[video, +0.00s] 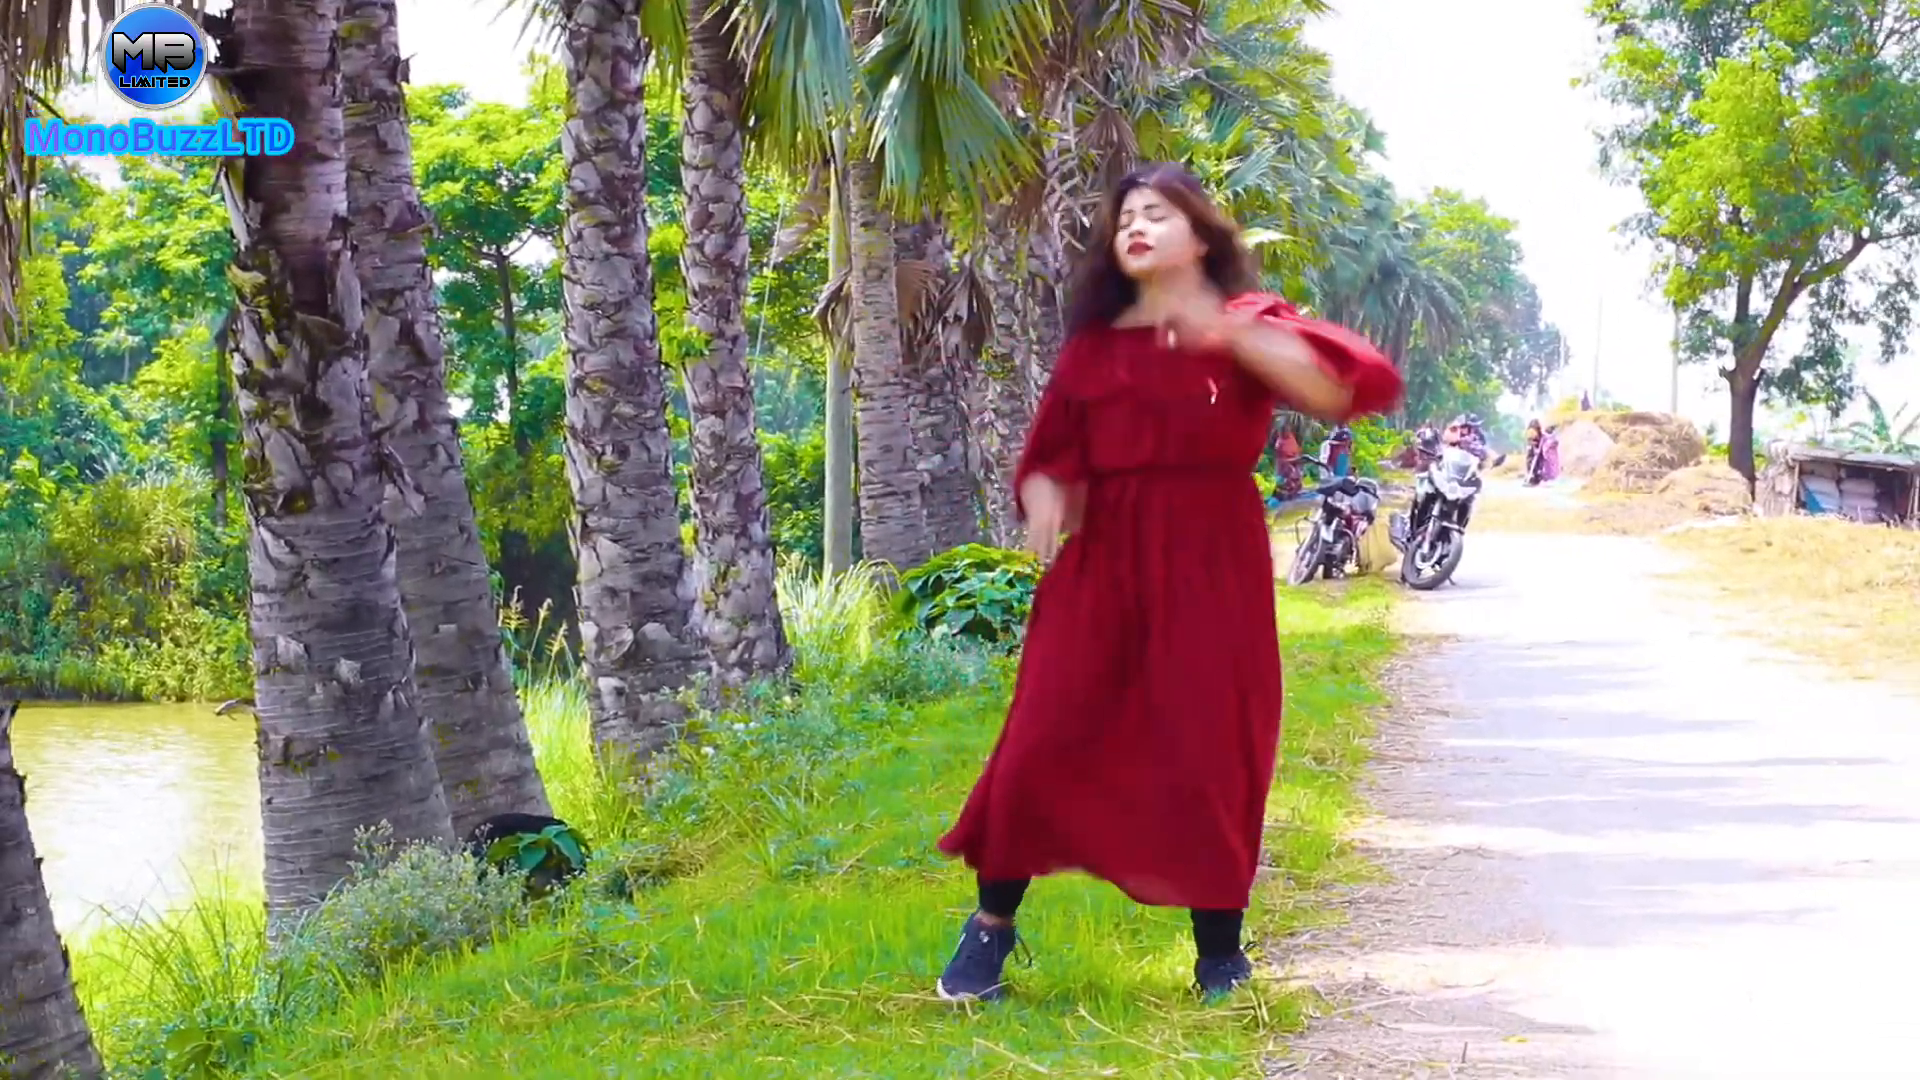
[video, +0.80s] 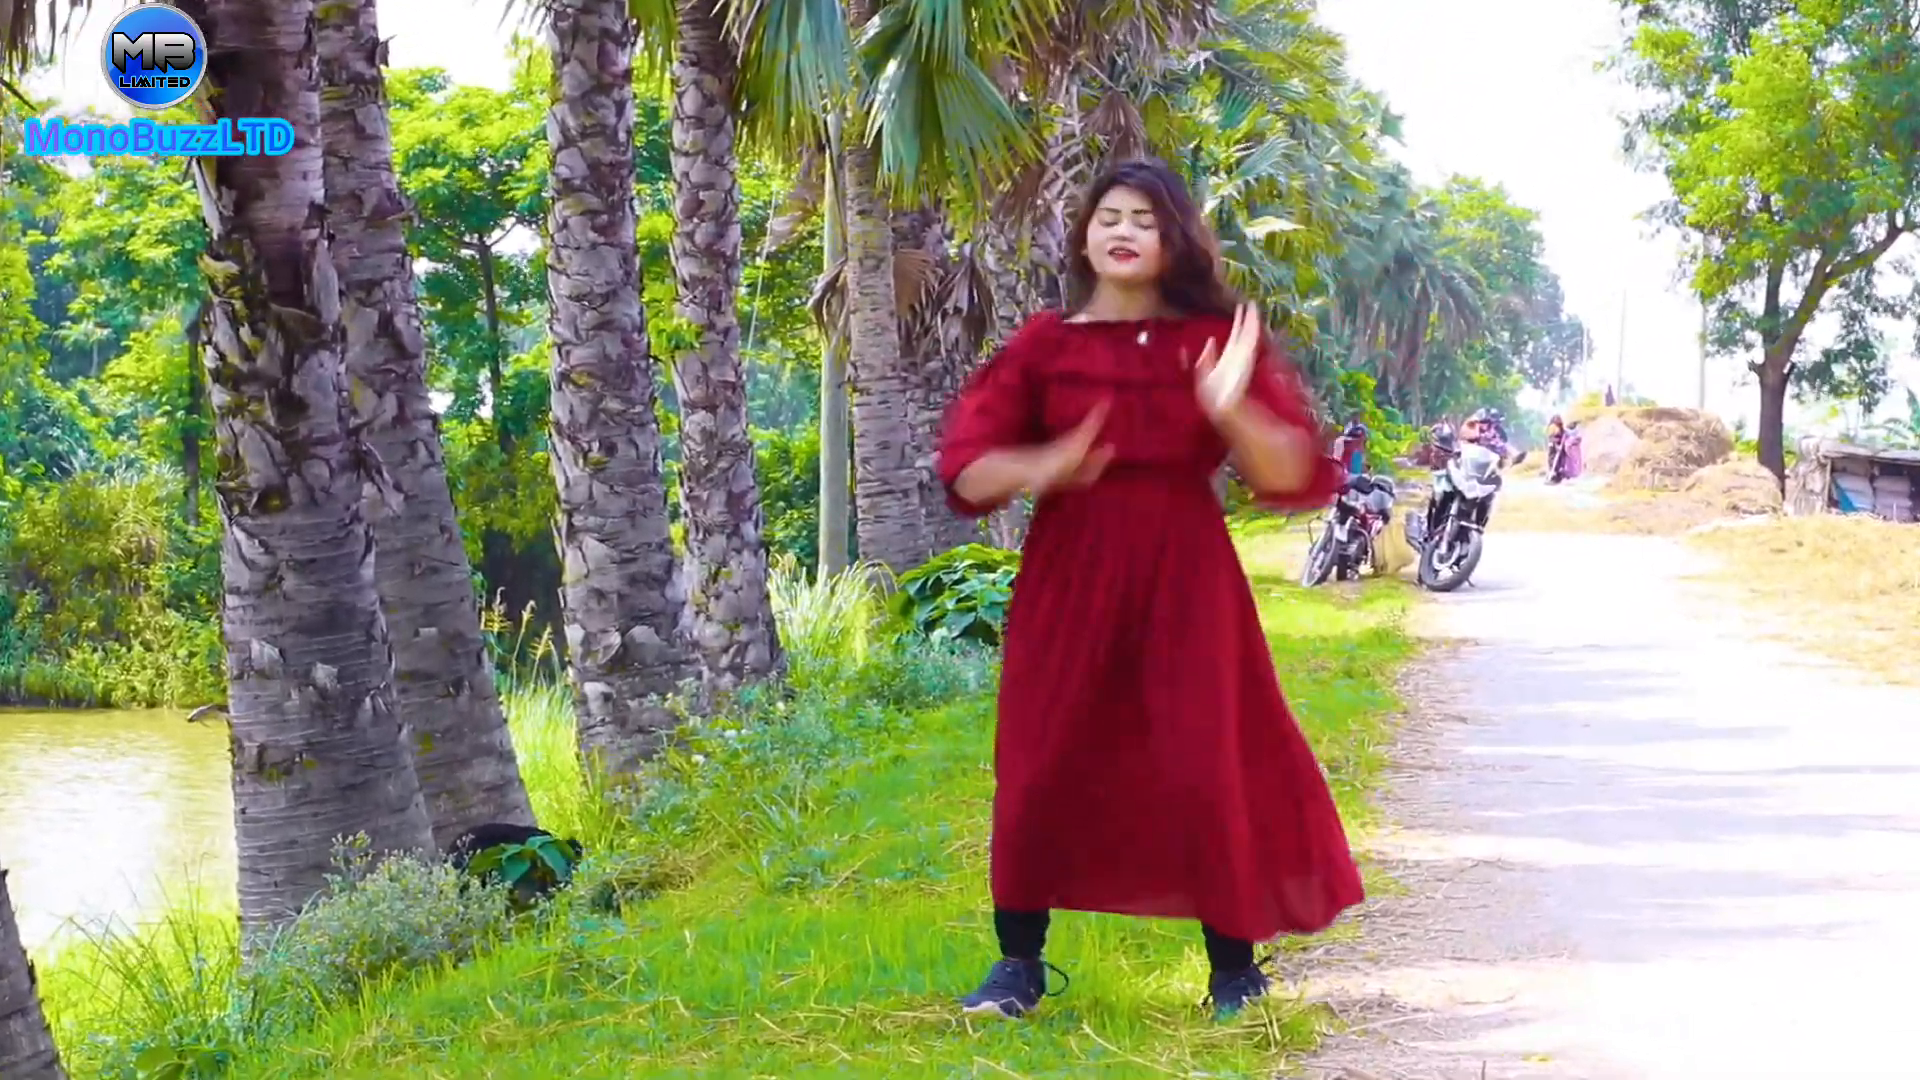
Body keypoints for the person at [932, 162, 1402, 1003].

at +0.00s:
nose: (1137, 225)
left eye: (1156, 213)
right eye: (1125, 220)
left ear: (1199, 232)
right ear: (1115, 249)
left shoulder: (1248, 322)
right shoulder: (1092, 346)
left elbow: (1339, 397)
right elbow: (1049, 452)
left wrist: (1246, 335)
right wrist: (1044, 496)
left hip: (1211, 556)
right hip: (1101, 553)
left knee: (1213, 747)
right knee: (1034, 736)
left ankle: (1221, 955)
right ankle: (989, 928)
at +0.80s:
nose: (1122, 229)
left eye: (1142, 218)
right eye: (1108, 216)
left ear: (1174, 240)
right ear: (1084, 237)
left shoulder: (1218, 342)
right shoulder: (1043, 342)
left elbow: (1295, 475)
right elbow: (965, 468)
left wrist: (1230, 407)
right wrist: (1044, 465)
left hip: (1184, 571)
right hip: (1069, 572)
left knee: (1205, 764)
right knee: (1032, 763)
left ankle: (1233, 974)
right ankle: (1018, 966)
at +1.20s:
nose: (1096, 218)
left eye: (1100, 203)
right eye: (1080, 202)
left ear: (1097, 216)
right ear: (1029, 208)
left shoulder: (1112, 295)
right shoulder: (980, 292)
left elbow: (1185, 374)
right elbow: (884, 294)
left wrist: (1173, 423)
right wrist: (1010, 246)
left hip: (1118, 517)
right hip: (1014, 520)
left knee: (1161, 720)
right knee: (1008, 724)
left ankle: (1191, 938)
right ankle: (995, 941)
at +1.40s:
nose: (1140, 224)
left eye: (1144, 210)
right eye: (1122, 208)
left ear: (1145, 220)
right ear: (1061, 215)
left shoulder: (1163, 305)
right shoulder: (1012, 302)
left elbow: (1240, 393)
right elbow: (946, 299)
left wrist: (1197, 461)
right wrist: (1036, 237)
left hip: (1159, 534)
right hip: (1046, 535)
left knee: (1213, 736)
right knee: (1023, 740)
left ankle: (1247, 953)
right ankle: (1018, 964)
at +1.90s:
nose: (1133, 213)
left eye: (1151, 199)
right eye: (1136, 198)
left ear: (1200, 211)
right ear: (1152, 213)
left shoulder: (1244, 288)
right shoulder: (1132, 311)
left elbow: (1322, 295)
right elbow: (1099, 430)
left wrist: (1227, 229)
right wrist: (1089, 510)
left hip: (1219, 537)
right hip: (1125, 536)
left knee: (1226, 731)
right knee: (1066, 719)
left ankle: (1244, 944)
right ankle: (1039, 919)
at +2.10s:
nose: (1158, 208)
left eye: (1171, 194)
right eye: (1159, 195)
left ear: (1226, 204)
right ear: (1197, 210)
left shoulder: (1303, 291)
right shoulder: (1171, 301)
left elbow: (1237, 333)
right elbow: (1137, 411)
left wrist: (1211, 250)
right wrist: (1096, 482)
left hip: (1241, 550)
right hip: (1149, 544)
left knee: (1242, 752)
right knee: (1116, 747)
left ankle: (1263, 980)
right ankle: (1066, 969)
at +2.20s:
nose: (1141, 238)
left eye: (1153, 224)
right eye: (1142, 225)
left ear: (1206, 230)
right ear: (1186, 231)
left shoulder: (1250, 311)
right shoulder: (1157, 317)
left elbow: (1187, 357)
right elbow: (1107, 413)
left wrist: (1173, 267)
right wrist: (1066, 493)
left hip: (1223, 544)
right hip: (1139, 538)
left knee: (1211, 733)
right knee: (1074, 716)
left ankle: (1242, 955)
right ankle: (1053, 942)